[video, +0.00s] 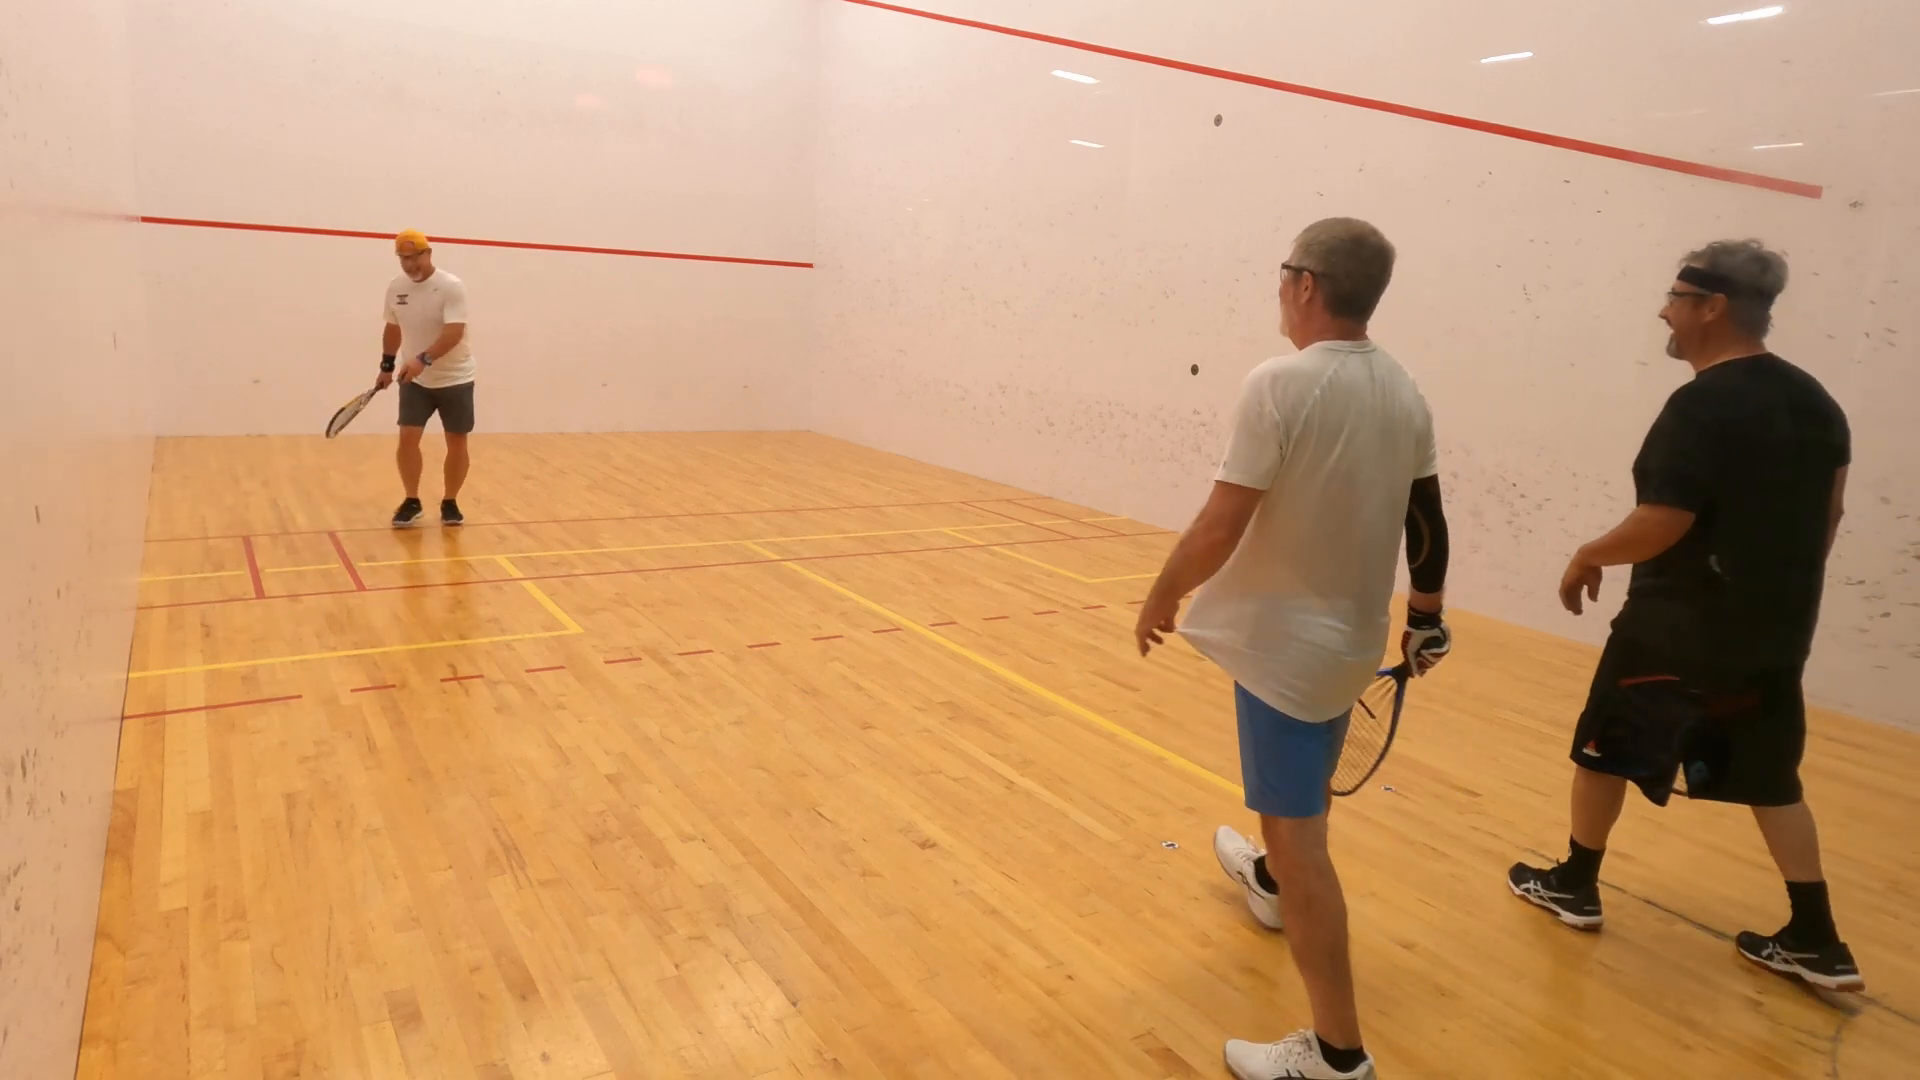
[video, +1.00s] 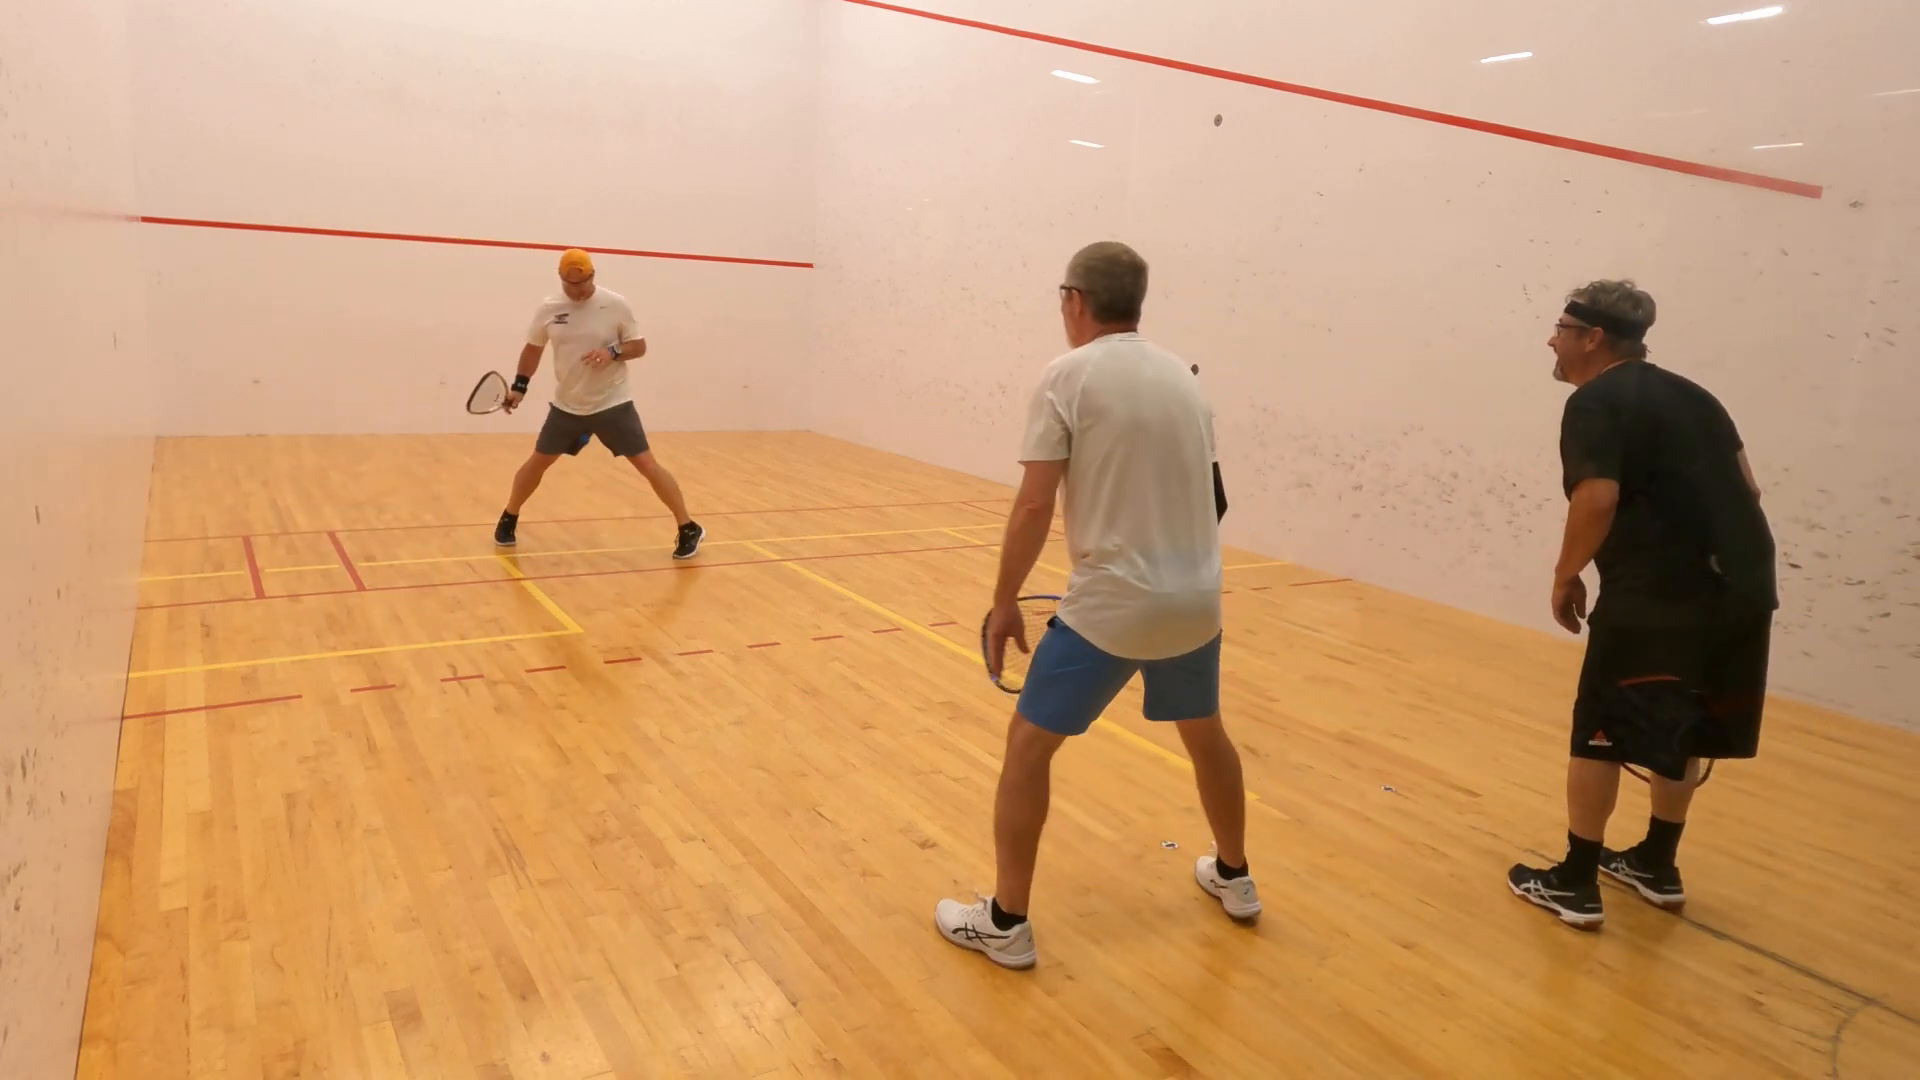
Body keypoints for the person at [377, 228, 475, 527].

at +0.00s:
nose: (409, 264)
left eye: (414, 257)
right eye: (403, 258)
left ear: (428, 254)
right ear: (398, 258)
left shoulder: (451, 286)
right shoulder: (397, 288)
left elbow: (454, 334)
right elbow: (392, 328)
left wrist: (422, 360)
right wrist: (387, 366)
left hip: (455, 380)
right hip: (416, 379)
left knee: (457, 442)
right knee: (408, 439)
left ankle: (450, 501)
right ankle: (411, 500)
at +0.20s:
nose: (444, 271)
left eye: (449, 264)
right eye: (438, 265)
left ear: (459, 259)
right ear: (429, 263)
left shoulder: (484, 289)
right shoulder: (417, 292)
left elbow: (499, 332)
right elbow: (406, 327)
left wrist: (476, 339)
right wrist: (403, 365)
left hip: (477, 381)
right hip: (438, 379)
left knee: (470, 446)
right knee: (455, 439)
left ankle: (450, 502)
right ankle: (471, 509)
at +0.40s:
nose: (464, 284)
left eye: (469, 276)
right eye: (457, 278)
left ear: (480, 268)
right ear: (449, 274)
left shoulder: (508, 293)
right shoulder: (442, 304)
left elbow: (534, 332)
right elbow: (424, 342)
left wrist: (519, 363)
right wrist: (420, 372)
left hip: (503, 387)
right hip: (467, 386)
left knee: (486, 449)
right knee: (486, 447)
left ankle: (452, 496)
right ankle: (500, 519)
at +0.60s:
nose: (487, 284)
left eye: (492, 277)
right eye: (480, 278)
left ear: (504, 268)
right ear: (473, 275)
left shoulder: (534, 290)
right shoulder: (470, 304)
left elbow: (560, 326)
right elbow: (451, 344)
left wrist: (561, 364)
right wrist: (444, 373)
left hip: (535, 385)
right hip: (495, 387)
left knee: (549, 449)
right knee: (503, 450)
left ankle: (516, 490)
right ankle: (500, 519)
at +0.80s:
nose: (528, 282)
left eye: (533, 275)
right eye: (521, 276)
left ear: (541, 268)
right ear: (509, 272)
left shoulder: (566, 293)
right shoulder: (499, 307)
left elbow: (590, 327)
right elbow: (486, 351)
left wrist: (593, 358)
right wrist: (474, 393)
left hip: (571, 387)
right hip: (525, 395)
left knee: (598, 441)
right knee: (516, 457)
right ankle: (502, 518)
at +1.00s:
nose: (577, 289)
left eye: (582, 282)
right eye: (570, 283)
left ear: (593, 276)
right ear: (561, 279)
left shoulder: (616, 306)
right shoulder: (549, 310)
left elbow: (638, 346)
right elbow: (533, 349)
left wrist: (612, 352)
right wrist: (519, 387)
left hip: (613, 405)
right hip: (567, 407)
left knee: (647, 465)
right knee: (538, 462)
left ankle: (687, 527)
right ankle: (509, 516)